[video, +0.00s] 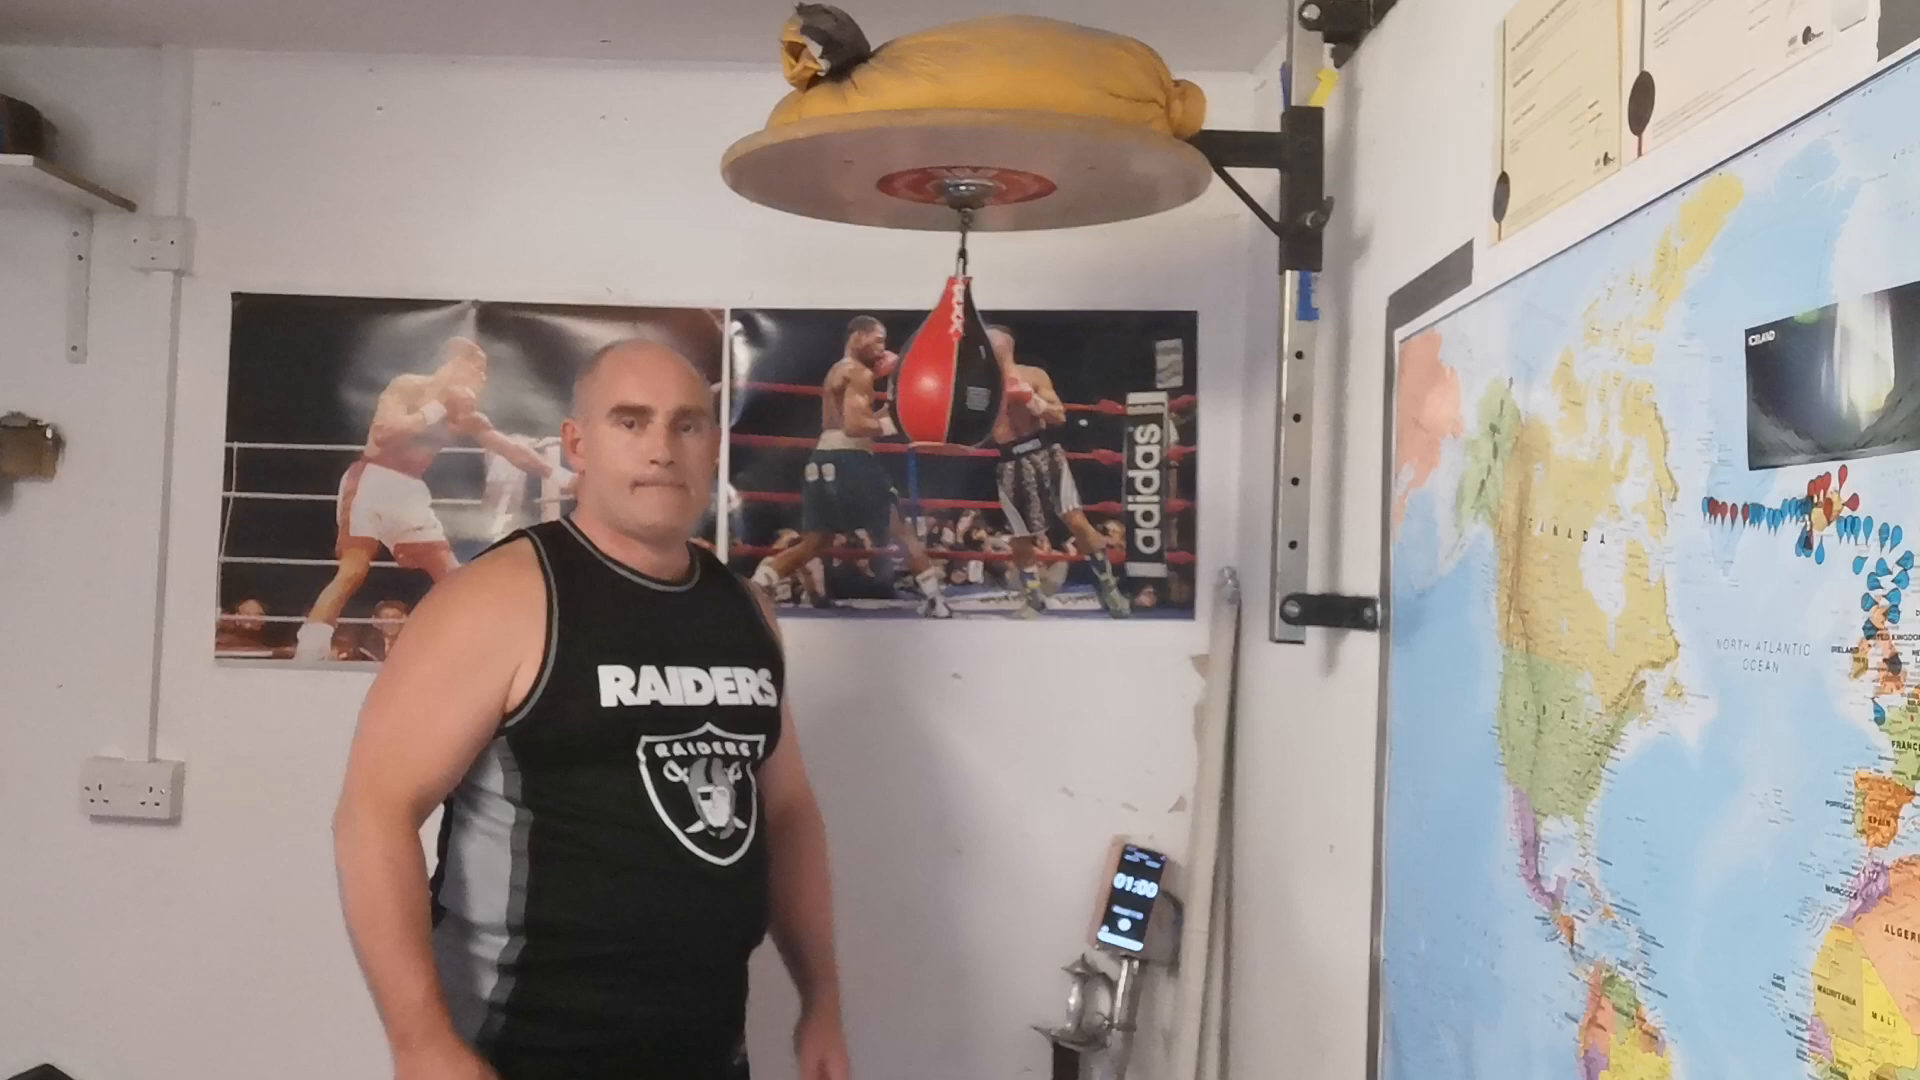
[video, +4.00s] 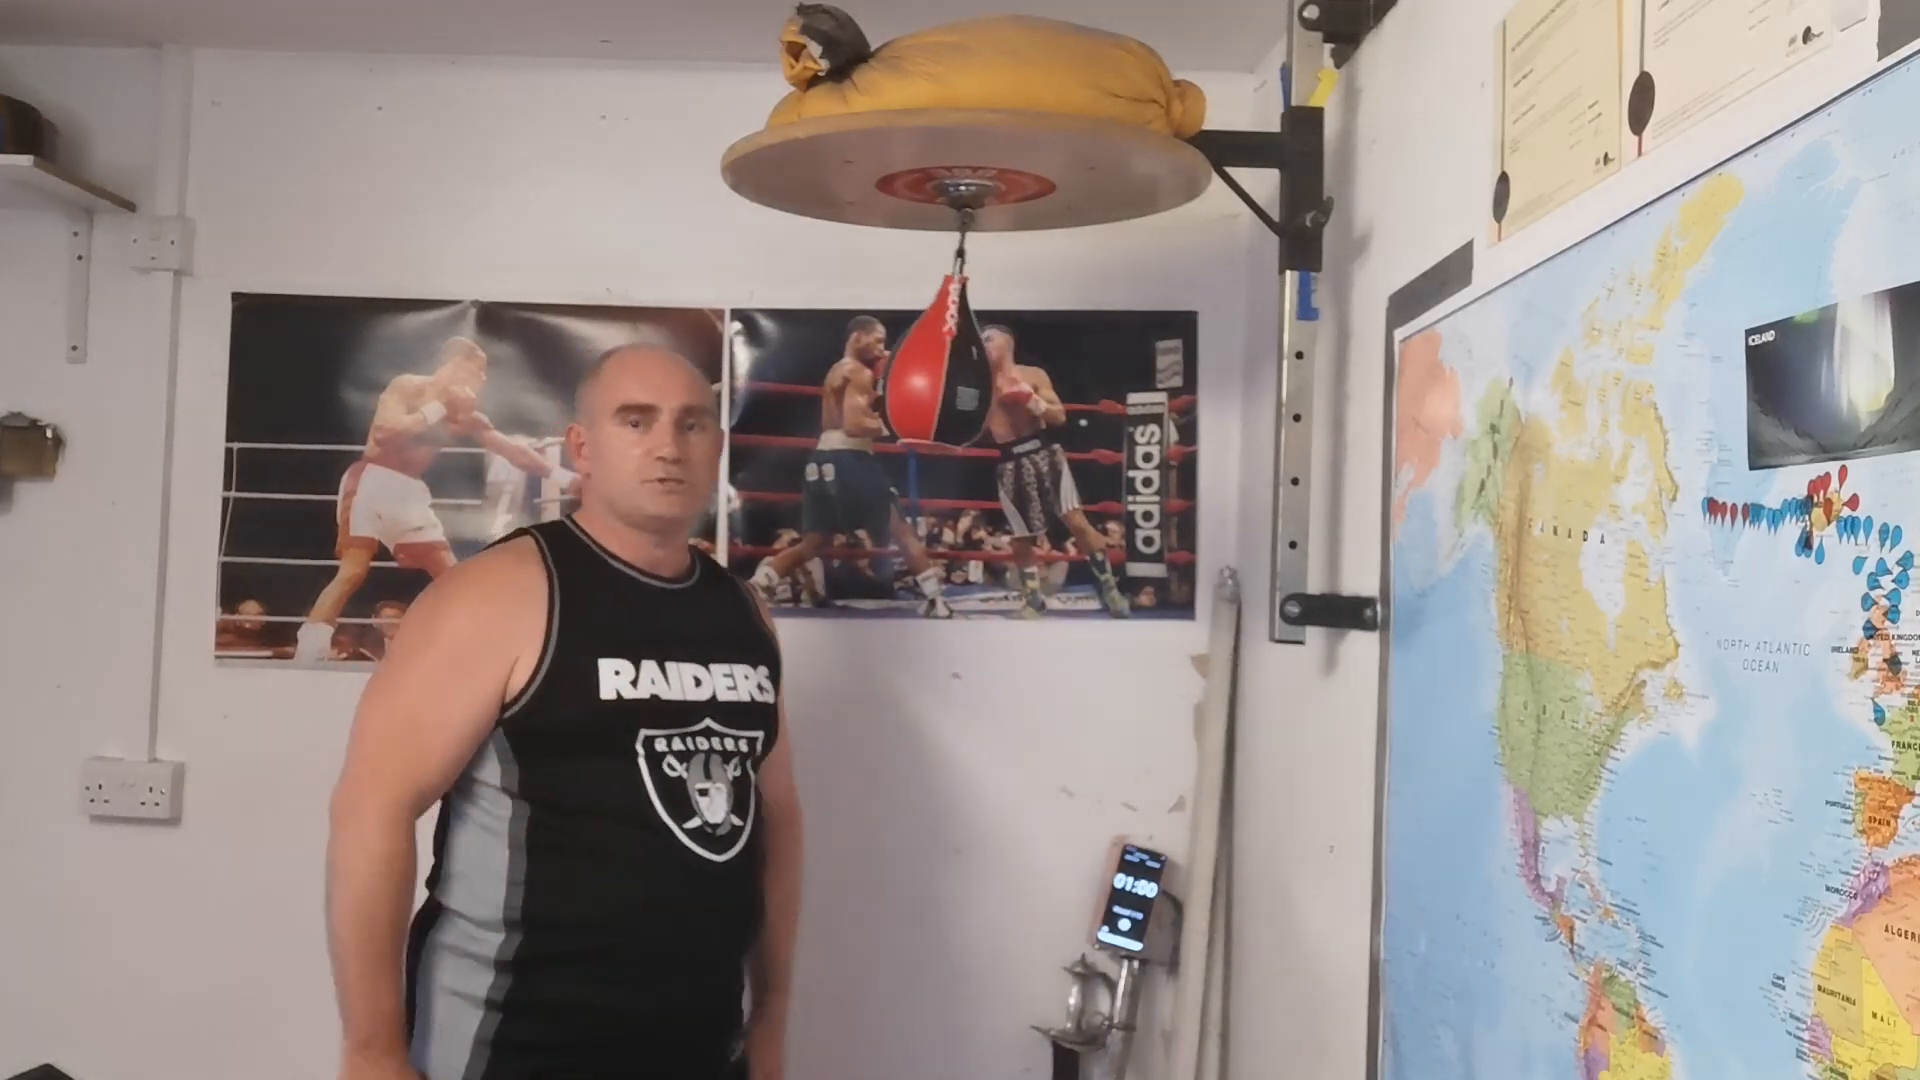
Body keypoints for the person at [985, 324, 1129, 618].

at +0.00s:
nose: (997, 355)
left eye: (1000, 348)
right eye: (992, 350)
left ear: (1010, 348)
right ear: (985, 354)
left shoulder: (1034, 375)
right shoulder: (983, 384)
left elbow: (1059, 418)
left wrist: (1037, 403)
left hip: (1046, 455)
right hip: (1011, 464)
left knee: (1075, 521)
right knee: (1022, 537)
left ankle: (1108, 587)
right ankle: (1032, 596)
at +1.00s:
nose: (995, 357)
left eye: (999, 349)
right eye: (991, 351)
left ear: (1010, 348)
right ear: (984, 354)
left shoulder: (1034, 375)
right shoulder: (982, 384)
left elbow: (1059, 417)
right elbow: (977, 430)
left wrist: (1033, 401)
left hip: (1046, 456)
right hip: (1011, 464)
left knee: (1075, 522)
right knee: (1025, 541)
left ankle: (1108, 587)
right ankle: (1032, 599)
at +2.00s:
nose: (989, 348)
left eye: (993, 341)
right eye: (984, 343)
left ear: (1009, 345)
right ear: (981, 351)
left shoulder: (1033, 375)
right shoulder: (981, 385)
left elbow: (1059, 416)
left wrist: (1033, 401)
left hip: (1046, 457)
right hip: (1011, 465)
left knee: (1075, 521)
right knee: (1022, 538)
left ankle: (1109, 588)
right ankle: (1032, 599)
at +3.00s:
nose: (985, 345)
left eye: (991, 339)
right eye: (982, 341)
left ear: (1009, 344)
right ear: (980, 350)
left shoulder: (1033, 375)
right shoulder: (981, 385)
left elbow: (1059, 416)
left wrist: (1033, 400)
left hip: (1046, 457)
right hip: (1011, 465)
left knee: (1076, 522)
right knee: (1021, 538)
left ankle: (1109, 588)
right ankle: (1032, 598)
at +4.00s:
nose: (985, 346)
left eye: (991, 340)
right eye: (982, 342)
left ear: (1009, 344)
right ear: (981, 351)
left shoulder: (1034, 375)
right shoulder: (986, 386)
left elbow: (1059, 417)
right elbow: (986, 427)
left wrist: (1033, 401)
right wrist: (963, 445)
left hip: (1046, 457)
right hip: (1011, 465)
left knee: (1075, 522)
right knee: (1021, 538)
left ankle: (1109, 589)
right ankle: (1032, 599)